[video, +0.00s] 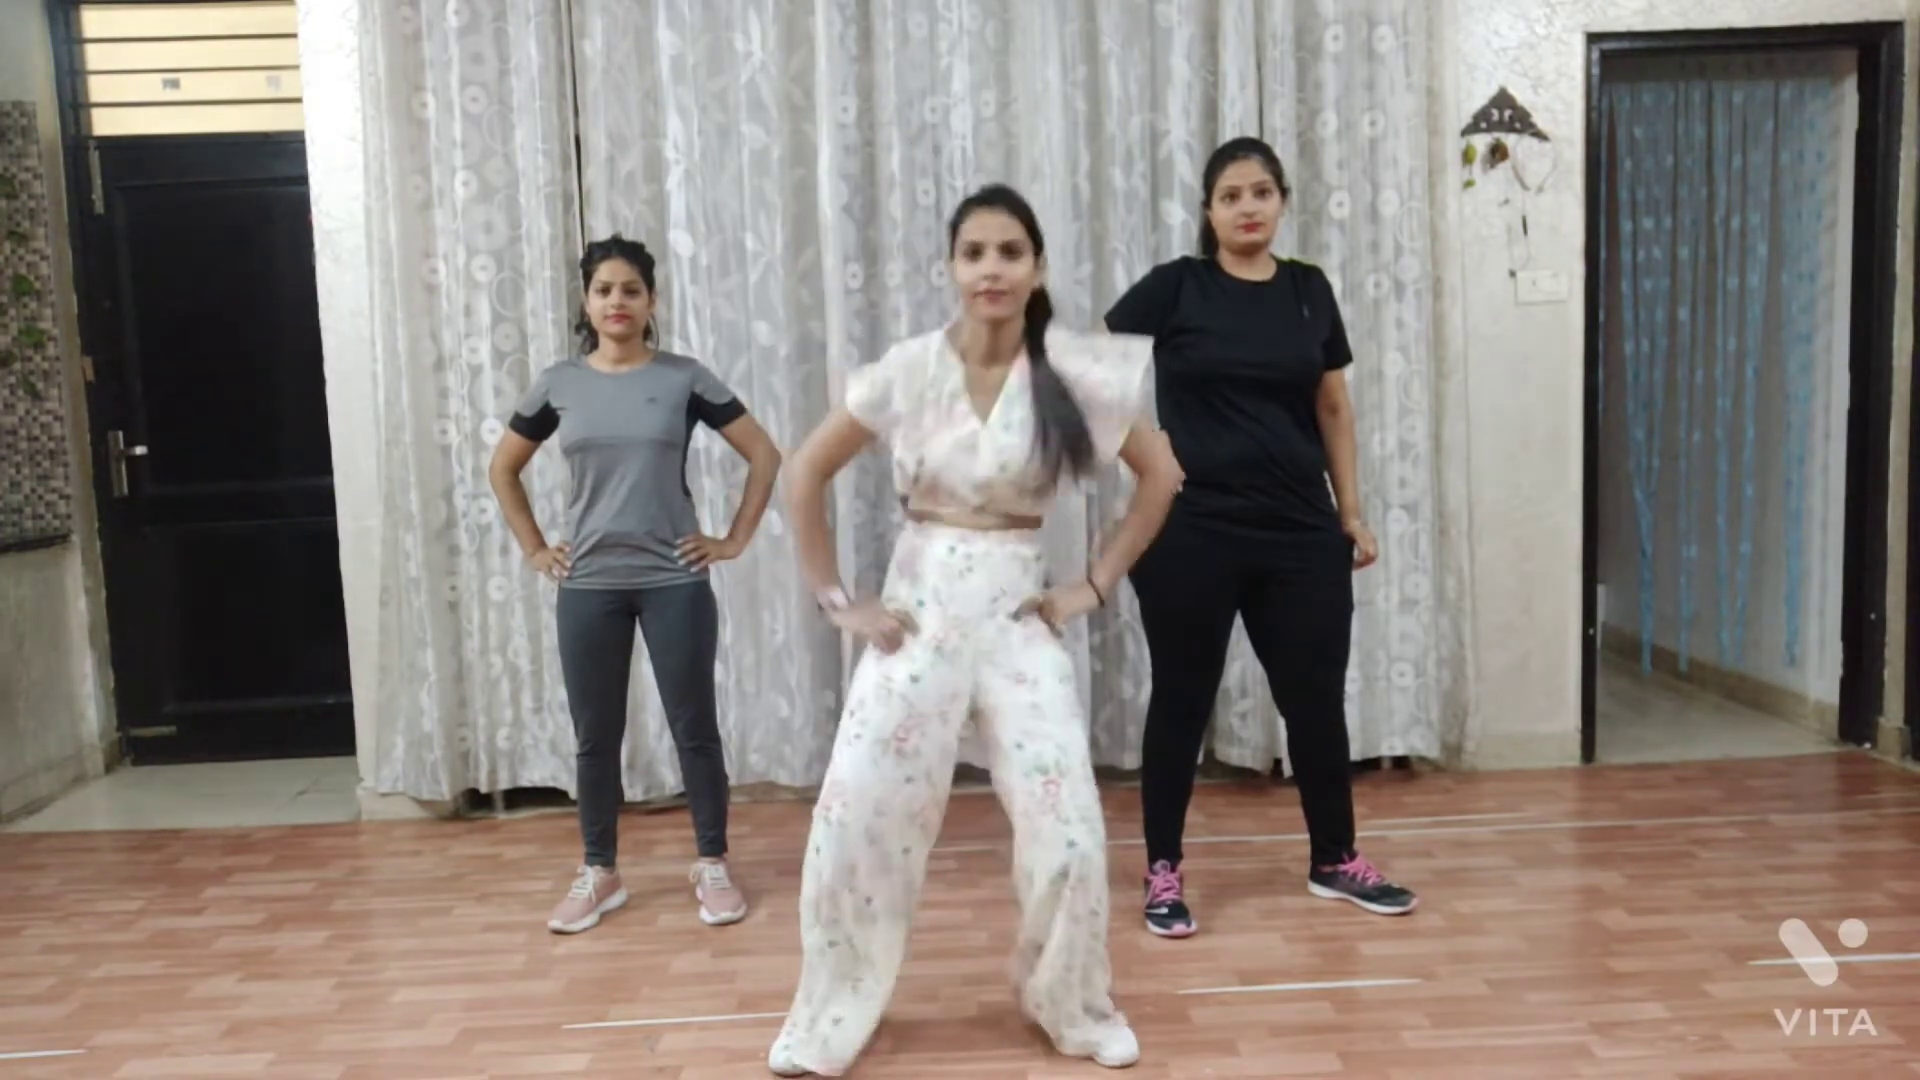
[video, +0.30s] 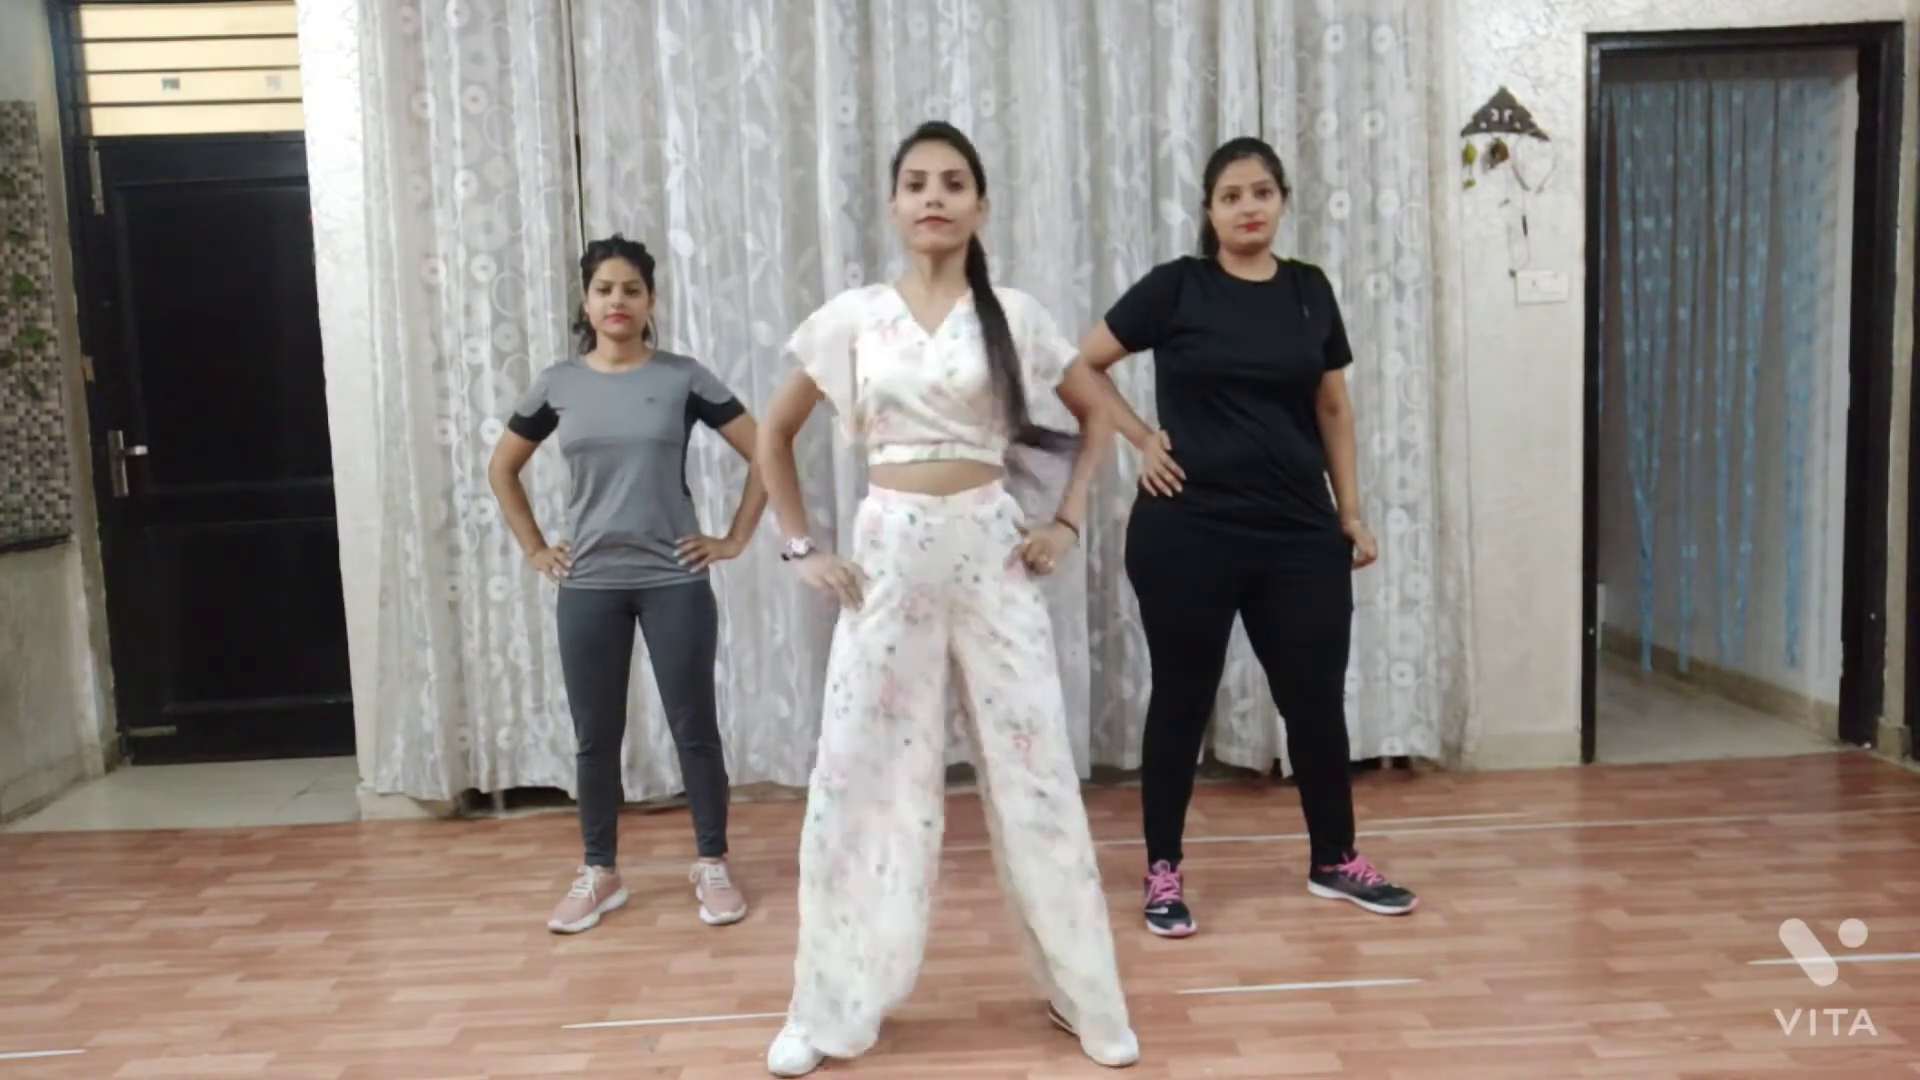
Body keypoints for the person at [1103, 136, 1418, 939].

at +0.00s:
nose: (1248, 207)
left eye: (1261, 193)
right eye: (1232, 195)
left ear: (1283, 203)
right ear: (1208, 207)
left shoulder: (1308, 290)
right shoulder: (1172, 288)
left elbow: (1335, 409)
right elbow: (1092, 368)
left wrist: (1350, 513)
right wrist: (1141, 452)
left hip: (1299, 532)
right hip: (1191, 530)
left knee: (1317, 703)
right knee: (1179, 704)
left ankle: (1335, 861)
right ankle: (1164, 871)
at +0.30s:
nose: (1249, 208)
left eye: (1262, 193)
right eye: (1233, 195)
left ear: (1282, 203)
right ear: (1209, 208)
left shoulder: (1309, 291)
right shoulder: (1174, 289)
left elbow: (1335, 410)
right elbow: (1077, 370)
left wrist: (1350, 513)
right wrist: (1140, 436)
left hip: (1297, 530)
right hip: (1188, 528)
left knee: (1317, 700)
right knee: (1181, 701)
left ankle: (1336, 861)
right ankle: (1164, 870)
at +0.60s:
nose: (1249, 208)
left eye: (1263, 193)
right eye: (1233, 195)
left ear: (1283, 203)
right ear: (1209, 208)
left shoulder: (1309, 290)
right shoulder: (1175, 289)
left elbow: (1335, 411)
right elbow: (1074, 368)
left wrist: (1349, 514)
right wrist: (1139, 434)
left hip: (1296, 530)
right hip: (1187, 527)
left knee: (1317, 700)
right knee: (1181, 701)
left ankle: (1336, 861)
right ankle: (1164, 871)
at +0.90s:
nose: (1249, 207)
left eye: (1262, 193)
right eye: (1233, 195)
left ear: (1283, 203)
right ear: (1209, 207)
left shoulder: (1308, 290)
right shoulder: (1175, 288)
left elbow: (1334, 409)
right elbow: (1082, 363)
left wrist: (1349, 512)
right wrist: (1142, 438)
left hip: (1296, 529)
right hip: (1188, 527)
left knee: (1317, 698)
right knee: (1181, 699)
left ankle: (1336, 861)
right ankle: (1163, 871)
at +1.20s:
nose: (1249, 207)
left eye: (1262, 193)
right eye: (1233, 195)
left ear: (1283, 203)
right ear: (1209, 207)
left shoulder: (1308, 290)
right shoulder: (1175, 288)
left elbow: (1334, 410)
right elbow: (1081, 363)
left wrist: (1349, 513)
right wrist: (1142, 438)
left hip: (1296, 529)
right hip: (1188, 527)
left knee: (1317, 700)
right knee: (1180, 701)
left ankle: (1336, 861)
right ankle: (1163, 870)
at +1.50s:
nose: (1251, 206)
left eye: (1264, 192)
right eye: (1234, 194)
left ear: (1283, 203)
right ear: (1209, 207)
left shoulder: (1309, 290)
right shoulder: (1175, 289)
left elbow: (1334, 409)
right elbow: (1078, 369)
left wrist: (1349, 514)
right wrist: (1142, 443)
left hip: (1297, 528)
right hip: (1188, 526)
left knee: (1317, 701)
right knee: (1181, 701)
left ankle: (1336, 861)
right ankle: (1164, 871)